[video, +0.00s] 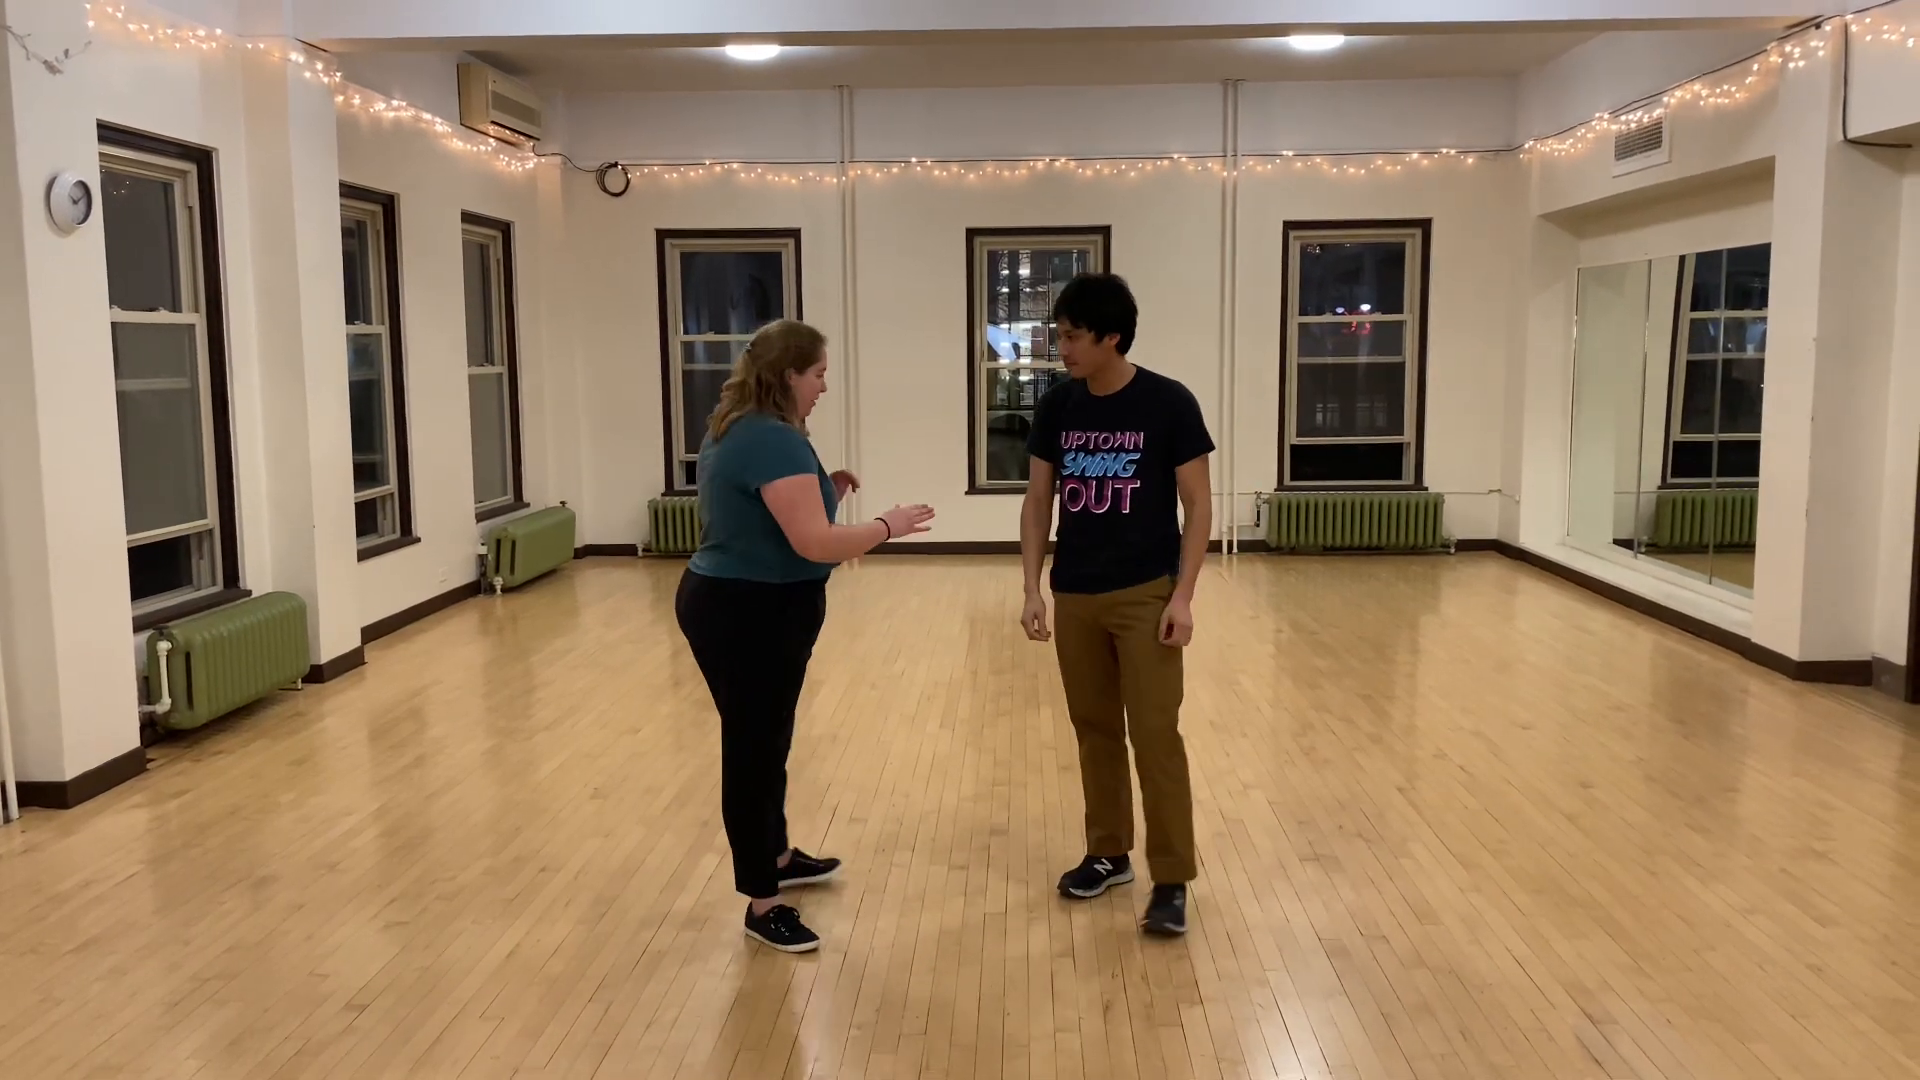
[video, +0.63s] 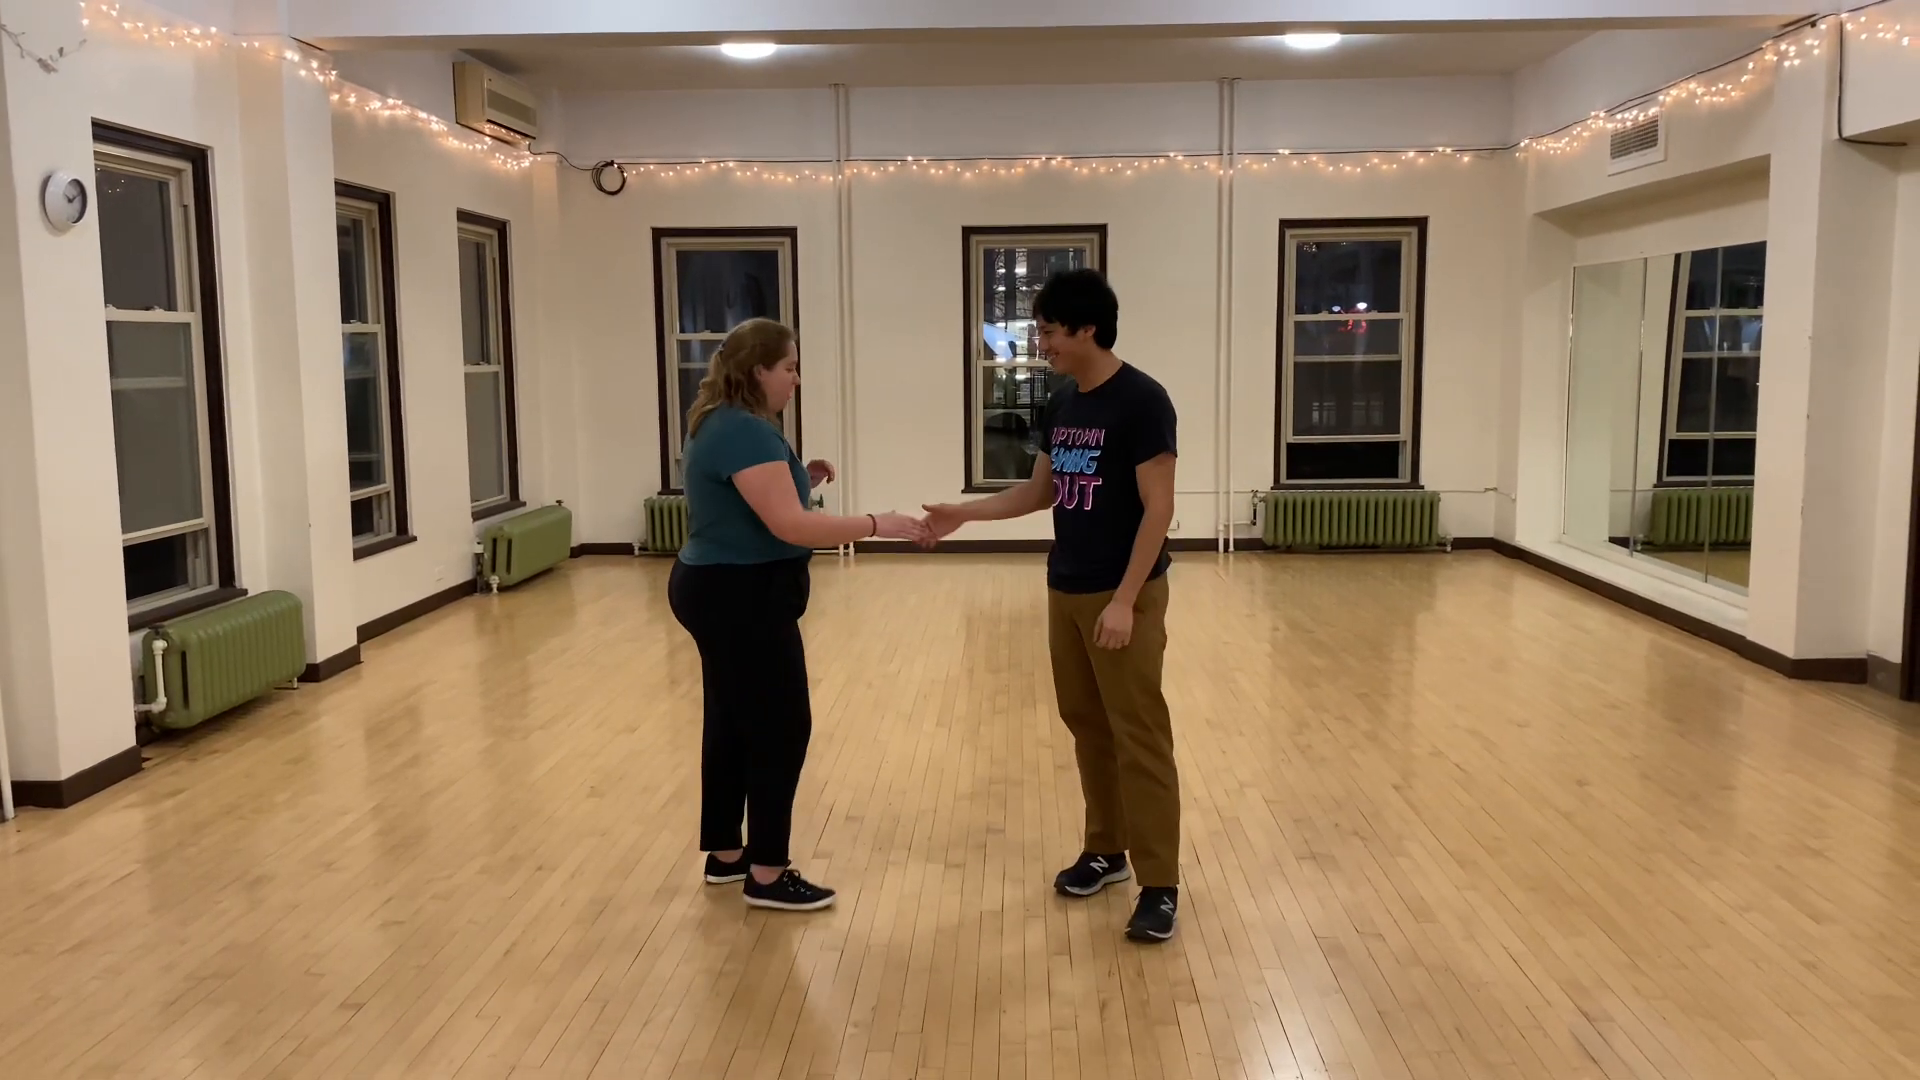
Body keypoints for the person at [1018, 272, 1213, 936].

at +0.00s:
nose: (1062, 347)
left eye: (1072, 336)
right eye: (1060, 335)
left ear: (1112, 338)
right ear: (1072, 336)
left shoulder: (1169, 403)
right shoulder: (1058, 404)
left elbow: (1199, 507)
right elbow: (1037, 499)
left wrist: (1184, 594)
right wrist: (1033, 583)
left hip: (1147, 596)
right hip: (1075, 598)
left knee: (1154, 738)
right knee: (1095, 733)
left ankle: (1171, 880)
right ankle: (1109, 855)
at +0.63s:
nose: (1041, 345)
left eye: (1049, 333)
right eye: (1039, 334)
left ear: (1088, 331)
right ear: (1070, 334)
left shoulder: (1142, 402)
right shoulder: (1063, 404)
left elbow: (1159, 510)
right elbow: (1039, 492)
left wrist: (1125, 601)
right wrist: (960, 514)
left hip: (1127, 596)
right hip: (1069, 594)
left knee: (1138, 736)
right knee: (1087, 727)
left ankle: (1159, 883)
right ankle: (1106, 850)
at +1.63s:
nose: (1053, 330)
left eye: (1066, 318)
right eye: (1047, 320)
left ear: (1101, 324)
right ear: (1043, 331)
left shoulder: (1145, 401)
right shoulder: (1050, 408)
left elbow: (1165, 508)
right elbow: (1026, 500)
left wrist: (1126, 594)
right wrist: (958, 555)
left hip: (1132, 592)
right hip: (1070, 591)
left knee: (1132, 732)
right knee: (1084, 726)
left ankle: (1173, 879)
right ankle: (1098, 853)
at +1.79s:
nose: (1055, 333)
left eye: (1067, 321)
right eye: (1052, 322)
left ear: (1105, 325)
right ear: (1058, 330)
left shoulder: (1151, 402)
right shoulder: (1065, 409)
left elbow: (1165, 512)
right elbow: (1033, 498)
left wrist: (1127, 602)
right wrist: (960, 545)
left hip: (1137, 594)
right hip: (1076, 591)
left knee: (1135, 729)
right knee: (1081, 725)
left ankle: (1198, 873)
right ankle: (1094, 854)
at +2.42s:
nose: (992, 372)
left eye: (998, 359)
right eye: (991, 359)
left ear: (1033, 358)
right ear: (1036, 359)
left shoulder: (1090, 423)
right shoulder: (1056, 421)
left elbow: (1113, 536)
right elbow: (1050, 506)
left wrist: (1054, 618)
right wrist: (973, 536)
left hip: (1118, 608)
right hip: (1072, 607)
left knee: (1133, 741)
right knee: (1035, 739)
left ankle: (1196, 875)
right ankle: (1037, 883)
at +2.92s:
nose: (913, 350)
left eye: (922, 338)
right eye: (916, 337)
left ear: (957, 347)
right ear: (956, 347)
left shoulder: (1016, 412)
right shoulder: (957, 423)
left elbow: (1067, 504)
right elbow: (916, 515)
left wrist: (994, 564)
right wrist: (820, 529)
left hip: (1031, 602)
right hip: (997, 599)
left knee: (938, 724)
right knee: (983, 735)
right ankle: (1031, 877)